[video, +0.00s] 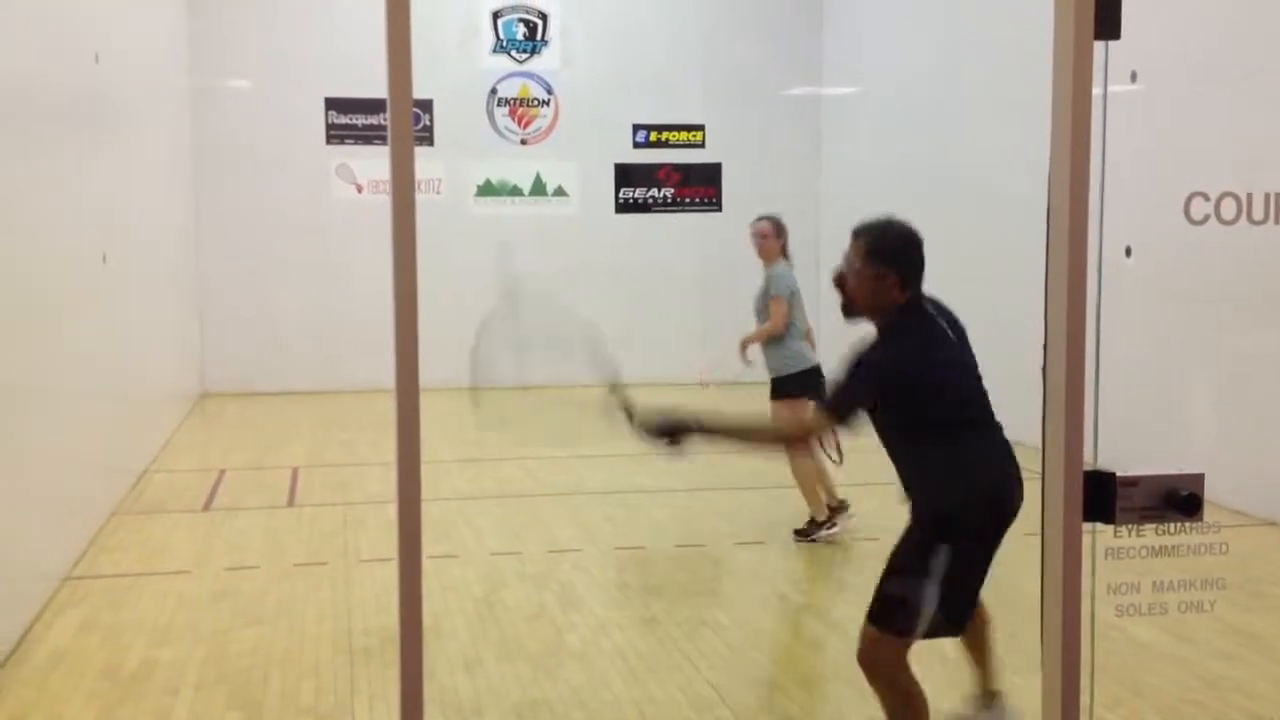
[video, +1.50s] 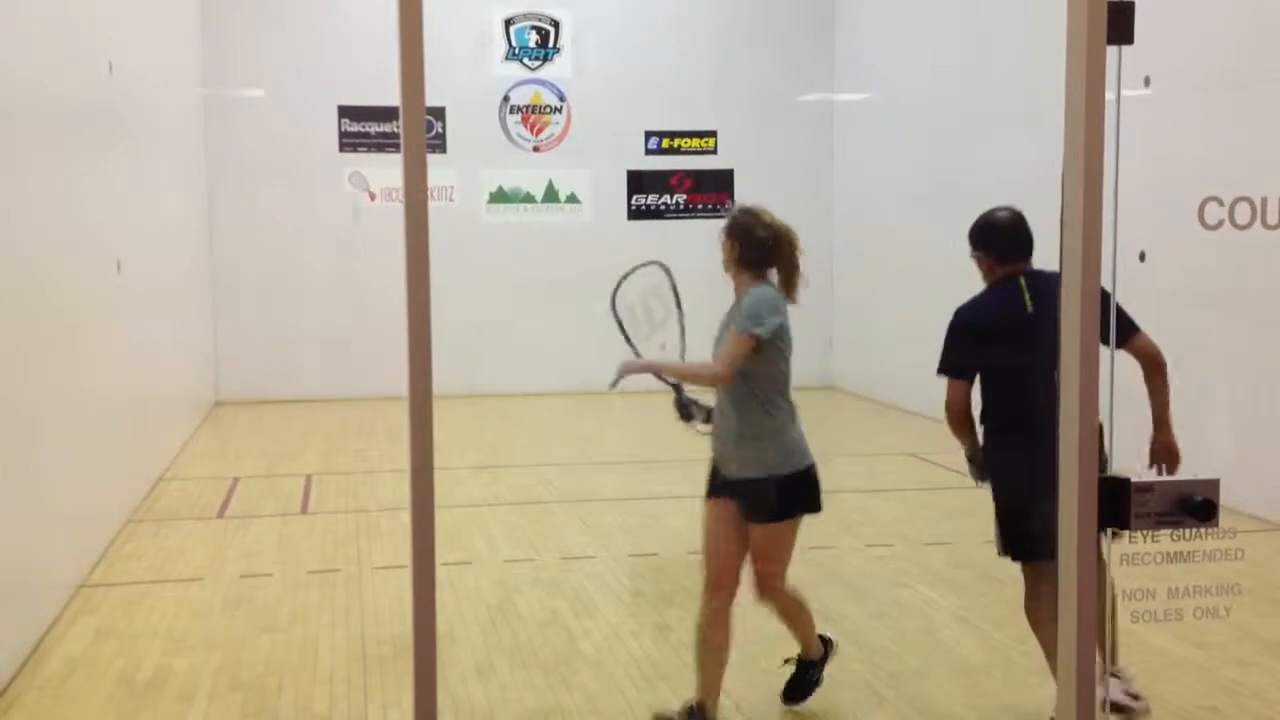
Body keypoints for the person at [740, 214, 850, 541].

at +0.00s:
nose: (757, 244)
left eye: (763, 237)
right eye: (755, 238)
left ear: (780, 241)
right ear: (756, 242)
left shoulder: (778, 277)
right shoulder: (783, 274)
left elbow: (776, 325)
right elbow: (803, 328)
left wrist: (749, 339)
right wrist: (811, 361)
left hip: (790, 375)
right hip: (802, 370)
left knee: (796, 445)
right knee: (804, 441)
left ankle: (820, 515)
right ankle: (832, 501)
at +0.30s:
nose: (783, 251)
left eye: (787, 247)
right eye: (786, 245)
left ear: (795, 254)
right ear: (816, 257)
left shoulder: (796, 292)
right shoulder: (824, 293)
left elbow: (799, 344)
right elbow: (824, 339)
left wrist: (768, 345)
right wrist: (774, 349)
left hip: (812, 394)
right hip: (841, 391)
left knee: (795, 465)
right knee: (825, 465)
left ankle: (814, 535)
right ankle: (865, 521)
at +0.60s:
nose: (773, 262)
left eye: (776, 257)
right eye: (776, 256)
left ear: (781, 263)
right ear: (810, 263)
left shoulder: (782, 303)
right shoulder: (821, 302)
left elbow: (791, 353)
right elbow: (835, 356)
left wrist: (754, 372)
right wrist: (759, 370)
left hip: (801, 414)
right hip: (836, 407)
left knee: (768, 491)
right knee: (830, 477)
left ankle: (803, 576)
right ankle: (848, 546)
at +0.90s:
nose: (754, 254)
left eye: (756, 248)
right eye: (756, 247)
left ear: (764, 252)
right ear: (786, 249)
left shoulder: (790, 291)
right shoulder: (782, 292)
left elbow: (820, 349)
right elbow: (804, 355)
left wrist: (775, 380)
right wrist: (778, 394)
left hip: (821, 409)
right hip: (810, 408)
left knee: (791, 502)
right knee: (789, 500)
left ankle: (790, 605)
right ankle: (829, 584)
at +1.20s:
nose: (742, 279)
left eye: (745, 272)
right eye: (744, 272)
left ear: (756, 279)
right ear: (778, 278)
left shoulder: (794, 329)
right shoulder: (766, 328)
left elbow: (833, 392)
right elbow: (782, 397)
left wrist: (776, 422)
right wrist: (751, 422)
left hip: (815, 463)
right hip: (780, 459)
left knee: (792, 557)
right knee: (780, 543)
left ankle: (813, 667)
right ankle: (820, 582)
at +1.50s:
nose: (721, 249)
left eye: (725, 241)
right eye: (723, 240)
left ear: (735, 248)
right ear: (757, 249)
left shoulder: (762, 302)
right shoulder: (742, 307)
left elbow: (721, 371)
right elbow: (756, 395)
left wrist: (651, 365)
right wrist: (710, 411)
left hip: (776, 471)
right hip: (731, 468)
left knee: (770, 586)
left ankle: (814, 651)